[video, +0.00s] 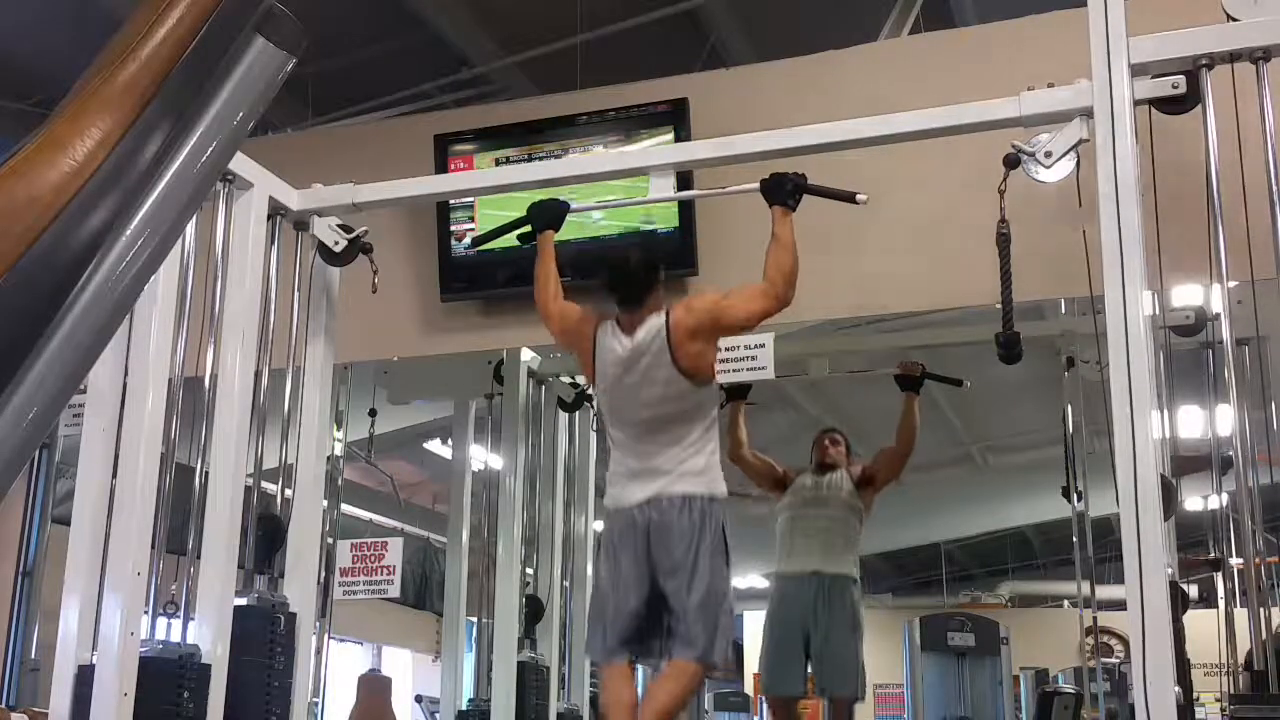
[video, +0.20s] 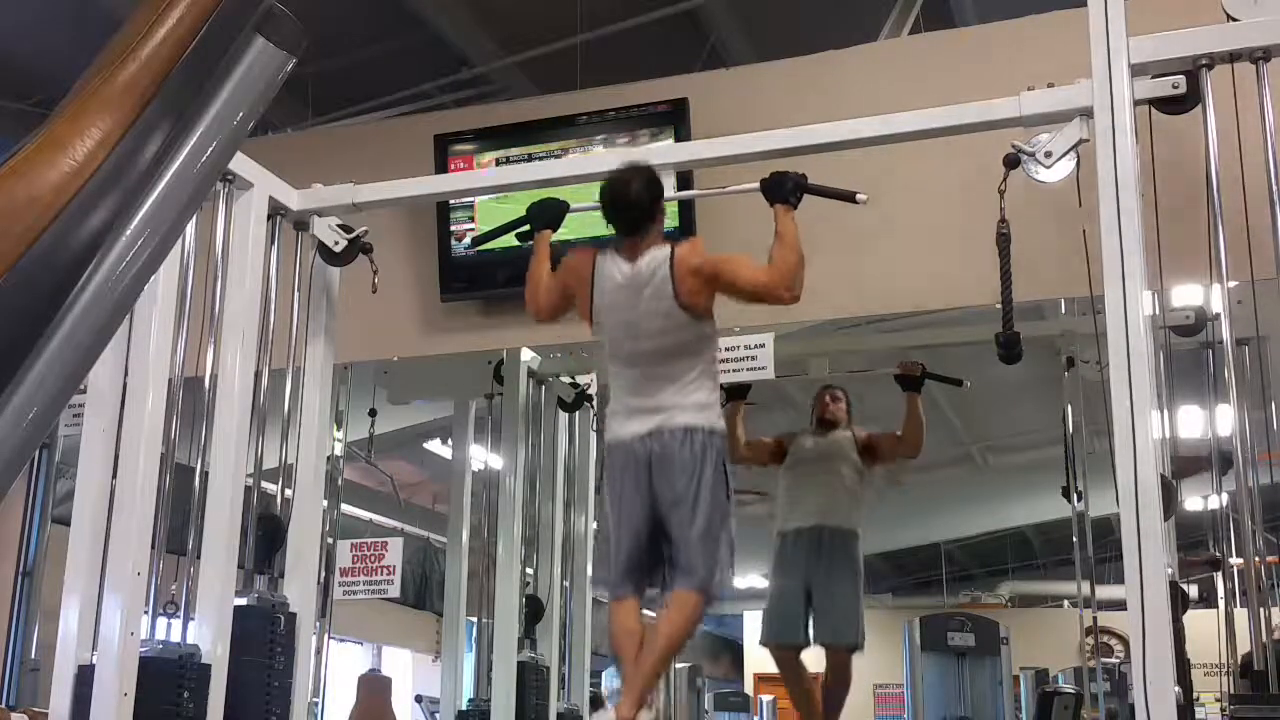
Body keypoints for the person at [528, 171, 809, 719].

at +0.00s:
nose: (662, 278)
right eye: (660, 272)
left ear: (609, 288)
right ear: (660, 281)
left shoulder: (590, 335)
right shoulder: (695, 319)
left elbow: (549, 303)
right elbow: (776, 292)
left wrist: (545, 237)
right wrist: (783, 210)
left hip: (623, 509)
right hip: (690, 506)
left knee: (614, 651)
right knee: (695, 648)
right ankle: (643, 714)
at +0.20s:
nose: (657, 209)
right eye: (658, 201)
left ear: (607, 216)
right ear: (661, 210)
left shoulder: (584, 265)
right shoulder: (692, 260)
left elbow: (541, 306)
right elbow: (783, 285)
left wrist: (541, 236)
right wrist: (785, 210)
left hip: (623, 441)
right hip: (689, 437)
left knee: (623, 585)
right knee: (694, 579)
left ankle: (632, 710)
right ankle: (627, 708)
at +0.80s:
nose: (672, 273)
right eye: (668, 267)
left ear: (613, 281)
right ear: (665, 276)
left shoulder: (592, 329)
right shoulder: (698, 318)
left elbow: (546, 302)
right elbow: (782, 289)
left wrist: (543, 235)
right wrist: (784, 209)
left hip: (628, 509)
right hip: (694, 504)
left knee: (631, 654)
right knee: (704, 650)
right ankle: (660, 718)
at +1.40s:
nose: (663, 192)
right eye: (662, 186)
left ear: (609, 206)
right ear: (661, 198)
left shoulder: (585, 258)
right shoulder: (696, 247)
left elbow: (539, 306)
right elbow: (782, 283)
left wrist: (540, 238)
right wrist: (784, 209)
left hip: (627, 428)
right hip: (692, 424)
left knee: (625, 568)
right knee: (699, 564)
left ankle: (638, 696)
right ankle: (624, 695)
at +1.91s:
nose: (667, 243)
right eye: (665, 237)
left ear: (611, 259)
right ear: (665, 250)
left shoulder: (590, 305)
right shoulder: (698, 295)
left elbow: (543, 303)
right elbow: (785, 289)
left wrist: (543, 235)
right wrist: (785, 209)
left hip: (630, 487)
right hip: (697, 481)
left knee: (632, 632)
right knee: (713, 629)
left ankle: (650, 719)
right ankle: (654, 716)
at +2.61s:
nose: (664, 176)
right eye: (664, 170)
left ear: (609, 193)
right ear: (663, 183)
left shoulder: (585, 242)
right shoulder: (698, 233)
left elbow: (537, 303)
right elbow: (780, 280)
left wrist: (541, 232)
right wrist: (785, 207)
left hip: (630, 413)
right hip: (694, 408)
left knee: (629, 553)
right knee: (702, 546)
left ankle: (645, 687)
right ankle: (632, 678)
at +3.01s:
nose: (668, 230)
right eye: (665, 225)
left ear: (610, 239)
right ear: (665, 234)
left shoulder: (589, 287)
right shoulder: (698, 278)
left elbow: (541, 306)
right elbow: (787, 288)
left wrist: (544, 235)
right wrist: (786, 210)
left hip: (629, 473)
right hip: (695, 467)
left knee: (638, 613)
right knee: (714, 606)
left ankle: (656, 718)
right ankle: (656, 714)